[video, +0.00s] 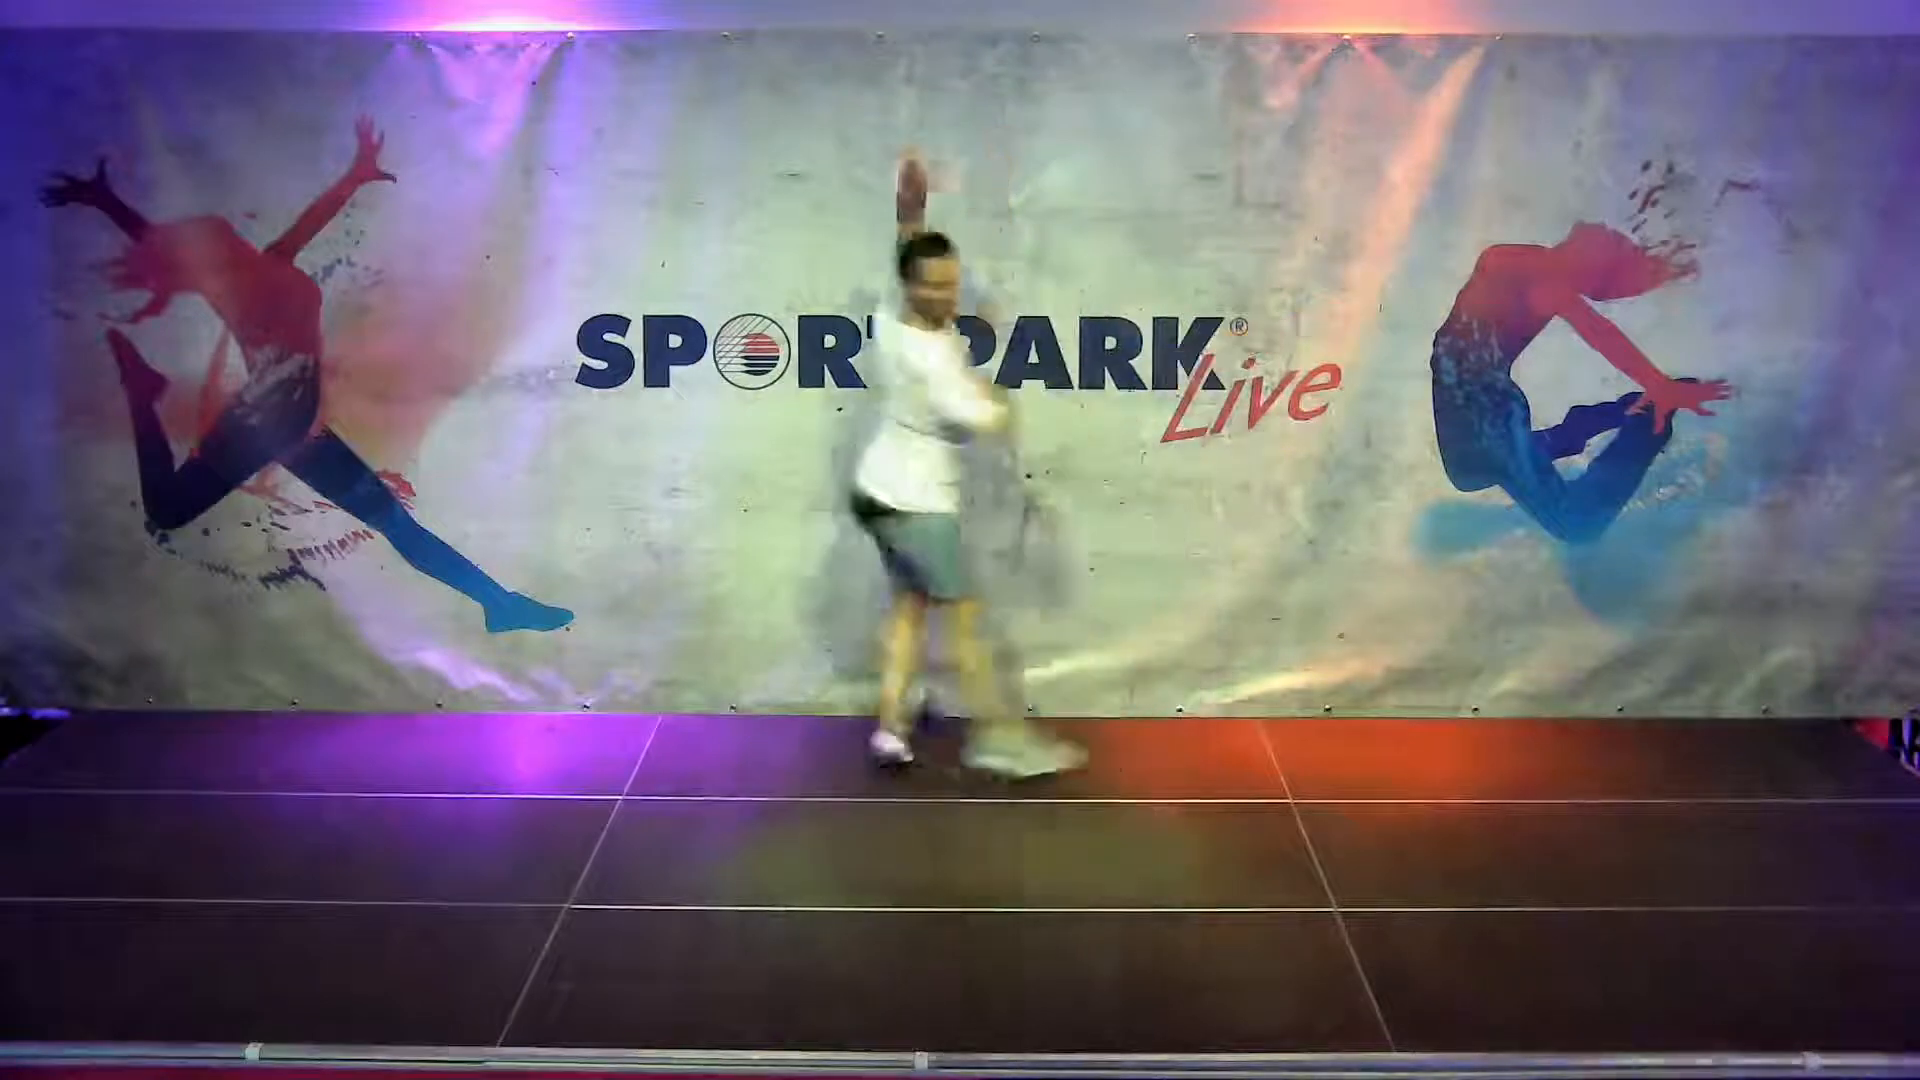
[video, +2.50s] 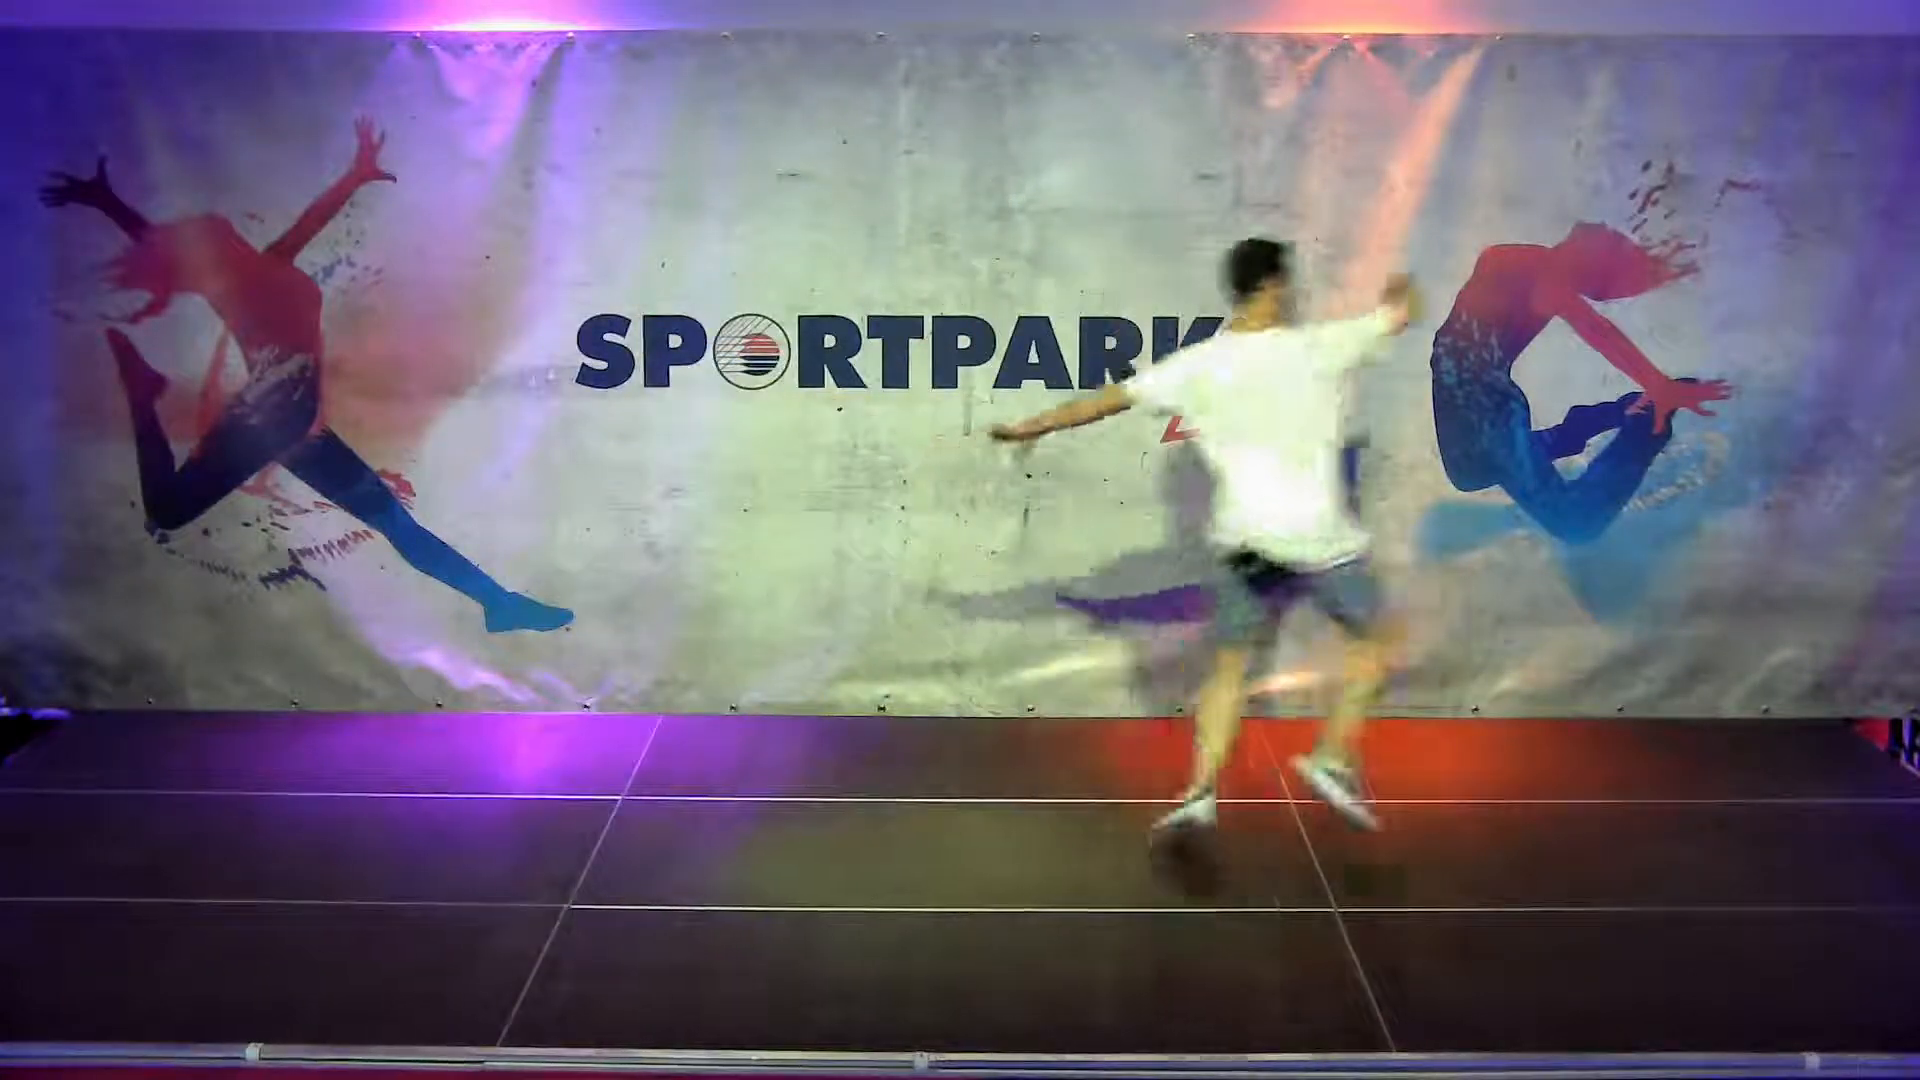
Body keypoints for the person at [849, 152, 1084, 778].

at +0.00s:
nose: (945, 295)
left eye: (950, 284)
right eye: (934, 286)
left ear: (955, 281)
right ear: (910, 286)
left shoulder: (898, 325)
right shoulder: (929, 354)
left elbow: (916, 266)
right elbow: (981, 415)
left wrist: (911, 212)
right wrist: (996, 403)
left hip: (885, 485)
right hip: (919, 494)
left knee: (910, 606)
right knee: (963, 606)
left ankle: (891, 729)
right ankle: (993, 732)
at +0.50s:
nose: (687, 316)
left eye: (700, 307)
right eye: (681, 305)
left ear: (724, 313)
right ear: (672, 308)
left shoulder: (750, 375)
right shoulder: (646, 372)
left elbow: (817, 413)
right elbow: (571, 408)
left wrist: (879, 438)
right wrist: (494, 437)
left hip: (730, 536)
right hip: (662, 533)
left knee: (714, 652)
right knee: (625, 645)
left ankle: (740, 741)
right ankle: (650, 752)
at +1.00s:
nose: (607, 332)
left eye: (622, 325)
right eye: (606, 319)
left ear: (652, 338)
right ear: (603, 322)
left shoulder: (630, 404)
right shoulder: (611, 387)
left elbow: (602, 472)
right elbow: (574, 402)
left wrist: (507, 483)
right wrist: (513, 394)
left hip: (605, 568)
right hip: (571, 555)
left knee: (527, 681)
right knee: (492, 623)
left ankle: (556, 824)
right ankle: (575, 723)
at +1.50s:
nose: (744, 289)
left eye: (742, 277)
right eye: (737, 278)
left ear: (702, 287)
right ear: (713, 286)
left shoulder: (712, 349)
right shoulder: (677, 369)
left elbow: (728, 290)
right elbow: (650, 469)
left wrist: (745, 239)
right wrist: (658, 557)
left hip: (704, 528)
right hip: (648, 533)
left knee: (737, 632)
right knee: (619, 649)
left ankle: (709, 748)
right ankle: (580, 761)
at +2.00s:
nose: (954, 317)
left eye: (941, 307)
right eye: (959, 308)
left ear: (916, 313)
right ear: (963, 314)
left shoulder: (878, 376)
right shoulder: (988, 387)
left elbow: (793, 394)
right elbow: (1068, 416)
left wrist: (730, 379)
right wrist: (1119, 425)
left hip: (870, 549)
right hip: (944, 557)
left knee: (814, 640)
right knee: (999, 640)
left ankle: (749, 757)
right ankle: (1000, 767)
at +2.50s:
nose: (1289, 294)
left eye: (1282, 284)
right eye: (1285, 285)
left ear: (1233, 291)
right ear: (1274, 288)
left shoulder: (1198, 363)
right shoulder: (1319, 347)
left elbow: (1115, 399)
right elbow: (1397, 318)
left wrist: (1034, 427)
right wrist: (1402, 290)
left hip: (1245, 537)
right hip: (1318, 534)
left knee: (1229, 660)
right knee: (1375, 640)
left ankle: (1201, 792)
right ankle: (1333, 759)